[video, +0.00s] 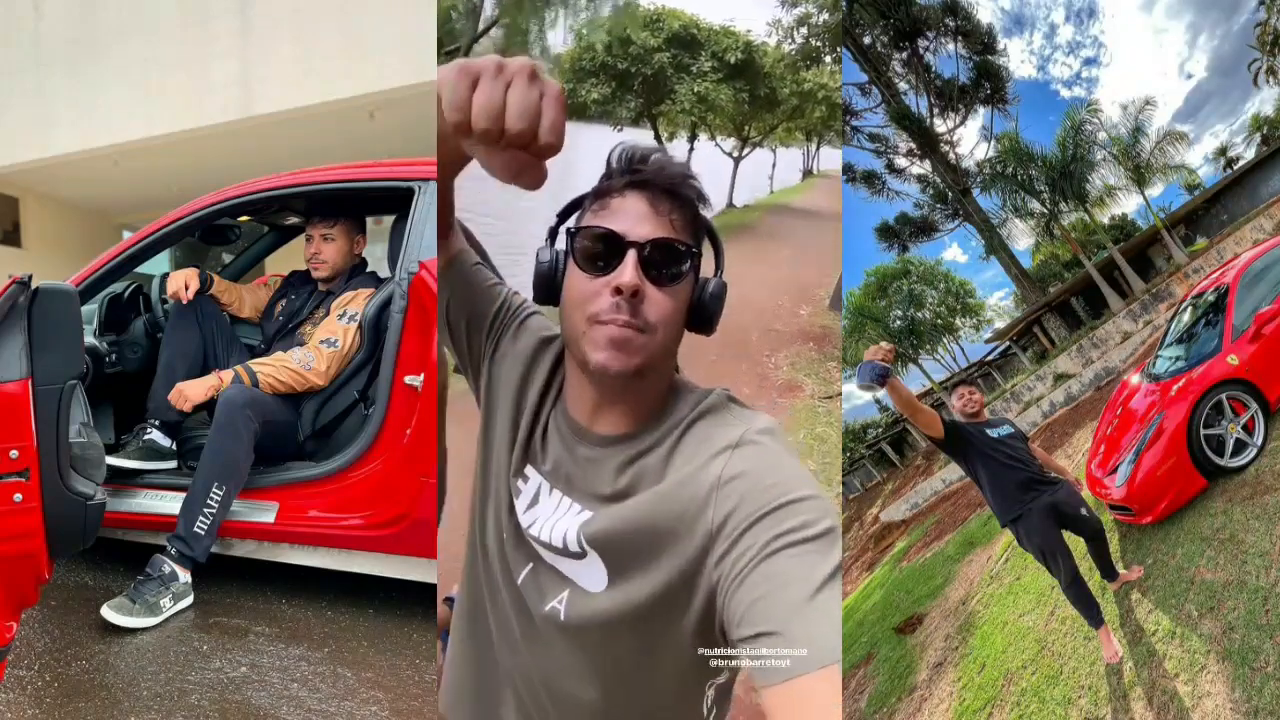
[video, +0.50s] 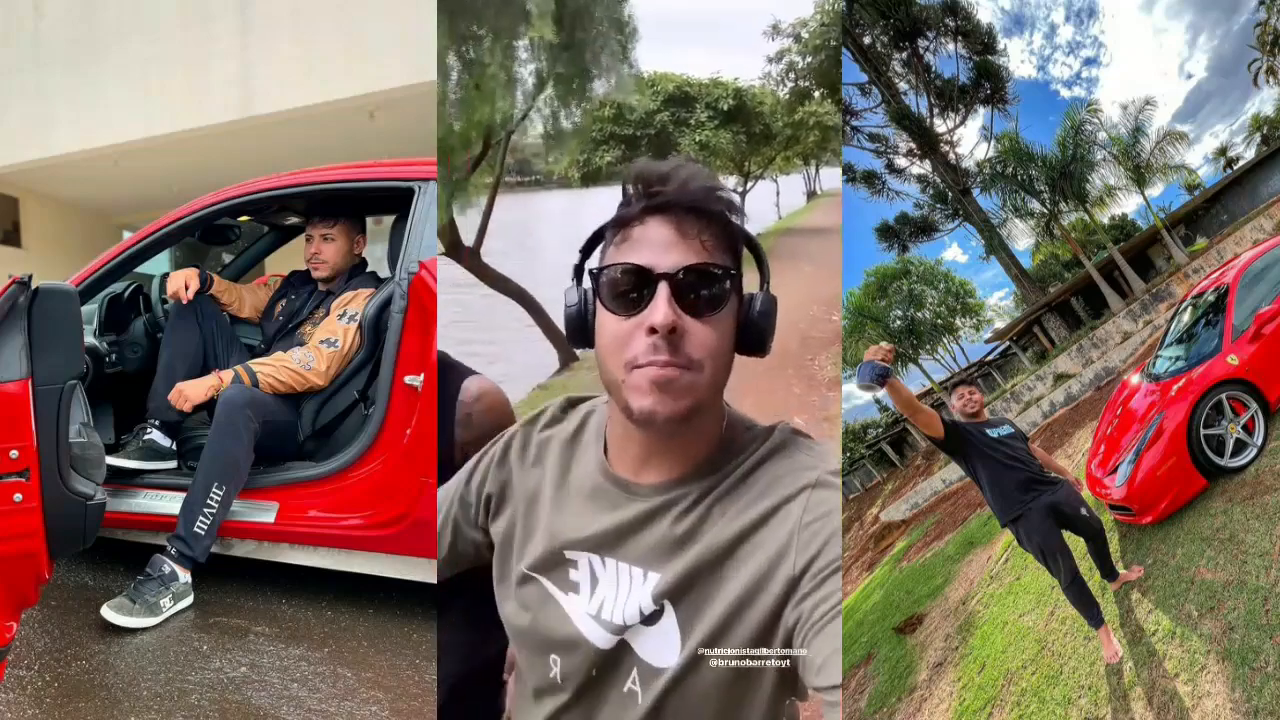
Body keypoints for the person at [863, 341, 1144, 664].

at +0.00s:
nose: (967, 397)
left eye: (971, 392)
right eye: (959, 397)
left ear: (983, 398)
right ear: (953, 410)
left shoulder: (1003, 424)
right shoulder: (957, 436)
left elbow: (1037, 454)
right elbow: (916, 412)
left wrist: (1067, 475)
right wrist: (885, 374)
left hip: (1052, 489)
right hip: (1022, 512)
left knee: (1094, 528)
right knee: (1065, 571)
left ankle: (1114, 576)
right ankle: (1101, 628)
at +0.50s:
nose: (966, 397)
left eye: (971, 392)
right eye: (959, 397)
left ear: (983, 398)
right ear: (953, 410)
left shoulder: (1003, 424)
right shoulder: (956, 436)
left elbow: (1037, 454)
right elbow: (916, 412)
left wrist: (1067, 476)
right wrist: (885, 374)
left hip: (1051, 489)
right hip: (1021, 511)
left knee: (1094, 528)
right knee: (1065, 571)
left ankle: (1114, 576)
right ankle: (1101, 628)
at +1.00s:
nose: (967, 397)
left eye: (971, 392)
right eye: (959, 397)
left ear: (983, 398)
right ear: (953, 410)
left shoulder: (1003, 424)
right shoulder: (957, 436)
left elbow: (1037, 454)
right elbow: (916, 412)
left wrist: (1067, 476)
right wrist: (885, 375)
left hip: (1051, 489)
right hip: (1021, 512)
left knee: (1094, 528)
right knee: (1066, 571)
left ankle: (1113, 576)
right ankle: (1101, 629)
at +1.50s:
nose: (967, 397)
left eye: (971, 392)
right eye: (959, 397)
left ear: (983, 398)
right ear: (953, 410)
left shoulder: (1003, 423)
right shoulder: (956, 436)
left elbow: (1037, 454)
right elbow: (916, 412)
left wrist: (1068, 475)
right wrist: (885, 373)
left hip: (1052, 489)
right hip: (1022, 512)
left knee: (1094, 528)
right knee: (1066, 571)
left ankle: (1114, 576)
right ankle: (1101, 628)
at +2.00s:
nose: (967, 397)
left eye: (972, 392)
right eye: (959, 397)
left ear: (983, 398)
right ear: (952, 410)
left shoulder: (1003, 423)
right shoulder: (957, 436)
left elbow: (1036, 453)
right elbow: (917, 413)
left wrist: (1067, 475)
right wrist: (885, 375)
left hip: (1051, 489)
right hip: (1022, 512)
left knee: (1093, 528)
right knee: (1066, 572)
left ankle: (1114, 576)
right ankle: (1101, 628)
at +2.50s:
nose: (967, 396)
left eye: (971, 391)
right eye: (959, 397)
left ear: (983, 398)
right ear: (953, 411)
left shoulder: (1004, 424)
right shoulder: (956, 436)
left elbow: (1037, 453)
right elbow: (916, 412)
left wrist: (1067, 475)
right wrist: (885, 373)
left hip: (1052, 489)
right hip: (1022, 512)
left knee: (1094, 528)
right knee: (1066, 573)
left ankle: (1114, 576)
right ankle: (1101, 628)